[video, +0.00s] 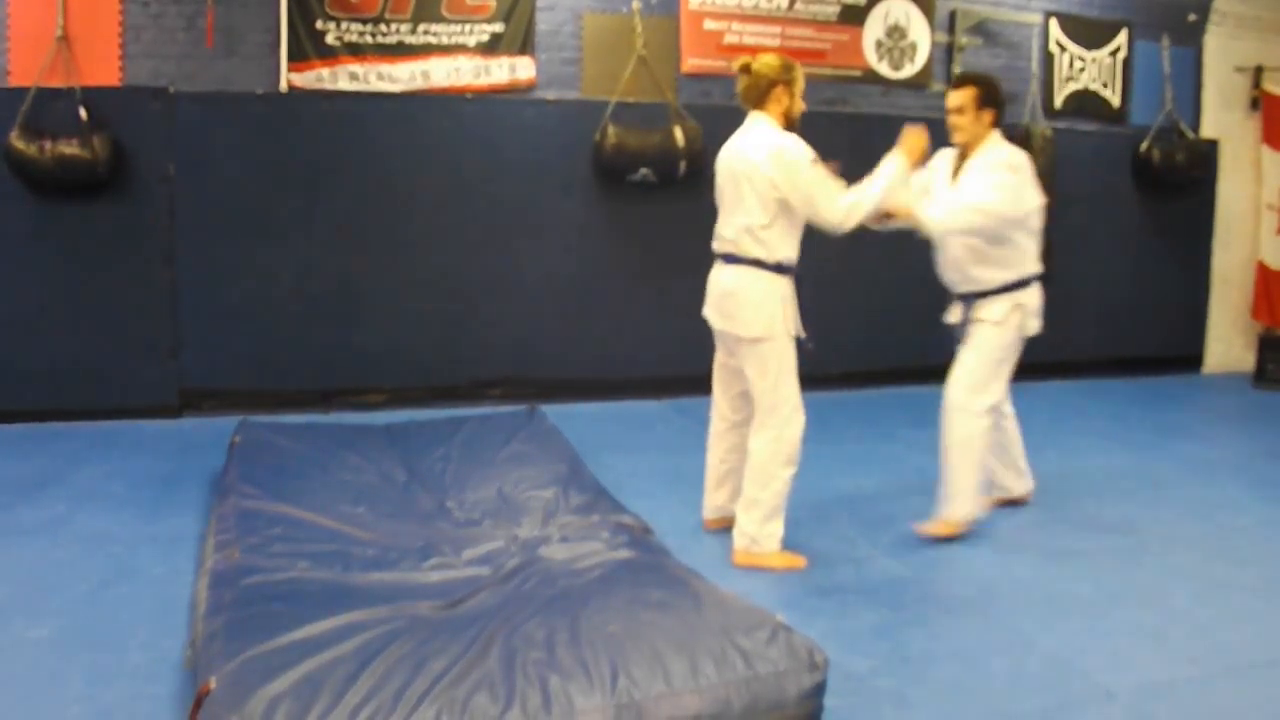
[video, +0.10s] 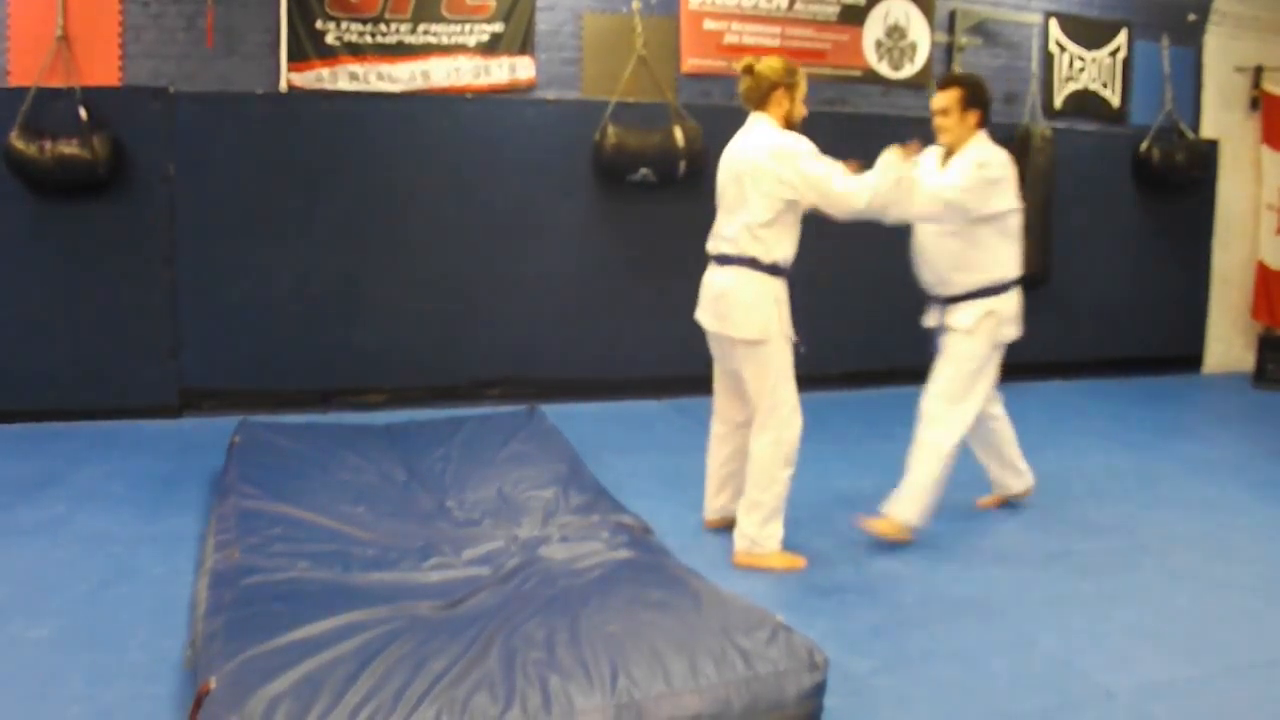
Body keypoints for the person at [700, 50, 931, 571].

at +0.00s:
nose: (800, 101)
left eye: (797, 93)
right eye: (796, 93)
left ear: (753, 95)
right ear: (781, 95)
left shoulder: (733, 145)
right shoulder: (785, 152)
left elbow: (761, 201)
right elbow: (838, 214)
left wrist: (810, 176)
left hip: (724, 282)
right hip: (763, 291)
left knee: (730, 405)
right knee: (781, 417)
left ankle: (720, 506)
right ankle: (756, 541)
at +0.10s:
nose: (803, 104)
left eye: (802, 96)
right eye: (800, 96)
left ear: (759, 96)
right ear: (782, 97)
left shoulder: (741, 142)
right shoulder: (783, 149)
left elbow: (794, 183)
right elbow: (846, 200)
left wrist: (838, 173)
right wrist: (895, 166)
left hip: (719, 283)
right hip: (756, 291)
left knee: (732, 406)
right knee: (779, 418)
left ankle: (720, 506)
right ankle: (757, 542)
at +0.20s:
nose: (809, 112)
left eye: (807, 103)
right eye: (804, 102)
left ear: (768, 102)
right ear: (781, 101)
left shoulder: (745, 144)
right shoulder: (775, 153)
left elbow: (802, 214)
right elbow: (834, 227)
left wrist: (837, 196)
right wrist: (870, 200)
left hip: (722, 286)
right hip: (743, 293)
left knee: (753, 407)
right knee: (776, 418)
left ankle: (730, 504)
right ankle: (758, 543)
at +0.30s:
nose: (802, 115)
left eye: (802, 105)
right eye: (796, 105)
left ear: (765, 107)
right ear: (768, 107)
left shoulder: (752, 151)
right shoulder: (756, 161)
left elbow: (774, 235)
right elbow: (790, 249)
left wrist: (814, 221)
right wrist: (837, 224)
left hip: (726, 292)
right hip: (723, 298)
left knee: (761, 409)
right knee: (770, 410)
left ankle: (749, 530)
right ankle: (755, 539)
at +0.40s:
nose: (782, 131)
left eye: (782, 121)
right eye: (773, 121)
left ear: (755, 123)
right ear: (740, 121)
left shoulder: (748, 170)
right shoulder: (727, 177)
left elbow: (745, 245)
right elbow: (766, 257)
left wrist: (781, 225)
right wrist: (827, 227)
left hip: (736, 308)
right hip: (705, 311)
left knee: (772, 419)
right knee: (757, 419)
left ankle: (745, 516)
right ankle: (704, 515)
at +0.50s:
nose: (744, 144)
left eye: (748, 134)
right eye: (734, 135)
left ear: (751, 133)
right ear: (707, 136)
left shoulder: (744, 181)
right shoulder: (692, 189)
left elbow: (774, 229)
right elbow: (755, 249)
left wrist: (784, 196)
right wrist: (812, 213)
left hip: (737, 320)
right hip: (691, 323)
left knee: (772, 429)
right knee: (721, 438)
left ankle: (749, 517)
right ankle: (666, 493)